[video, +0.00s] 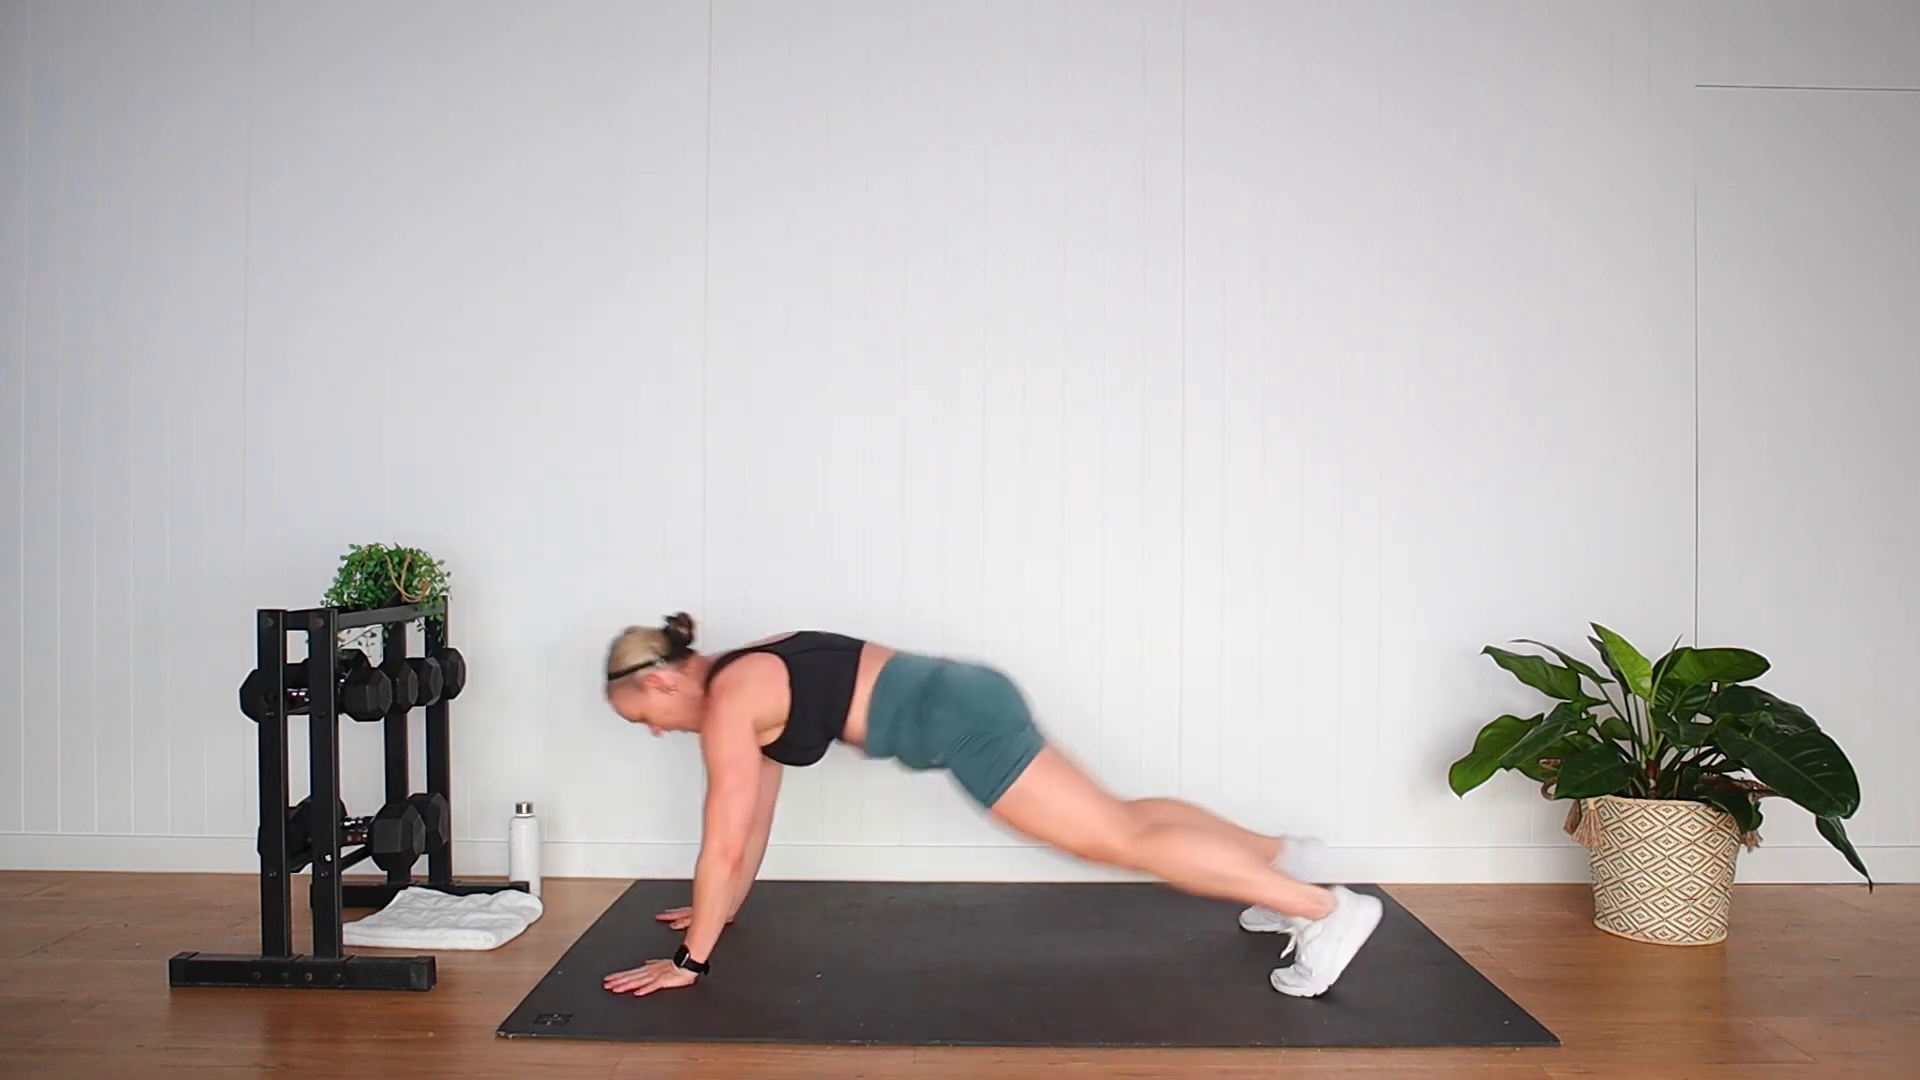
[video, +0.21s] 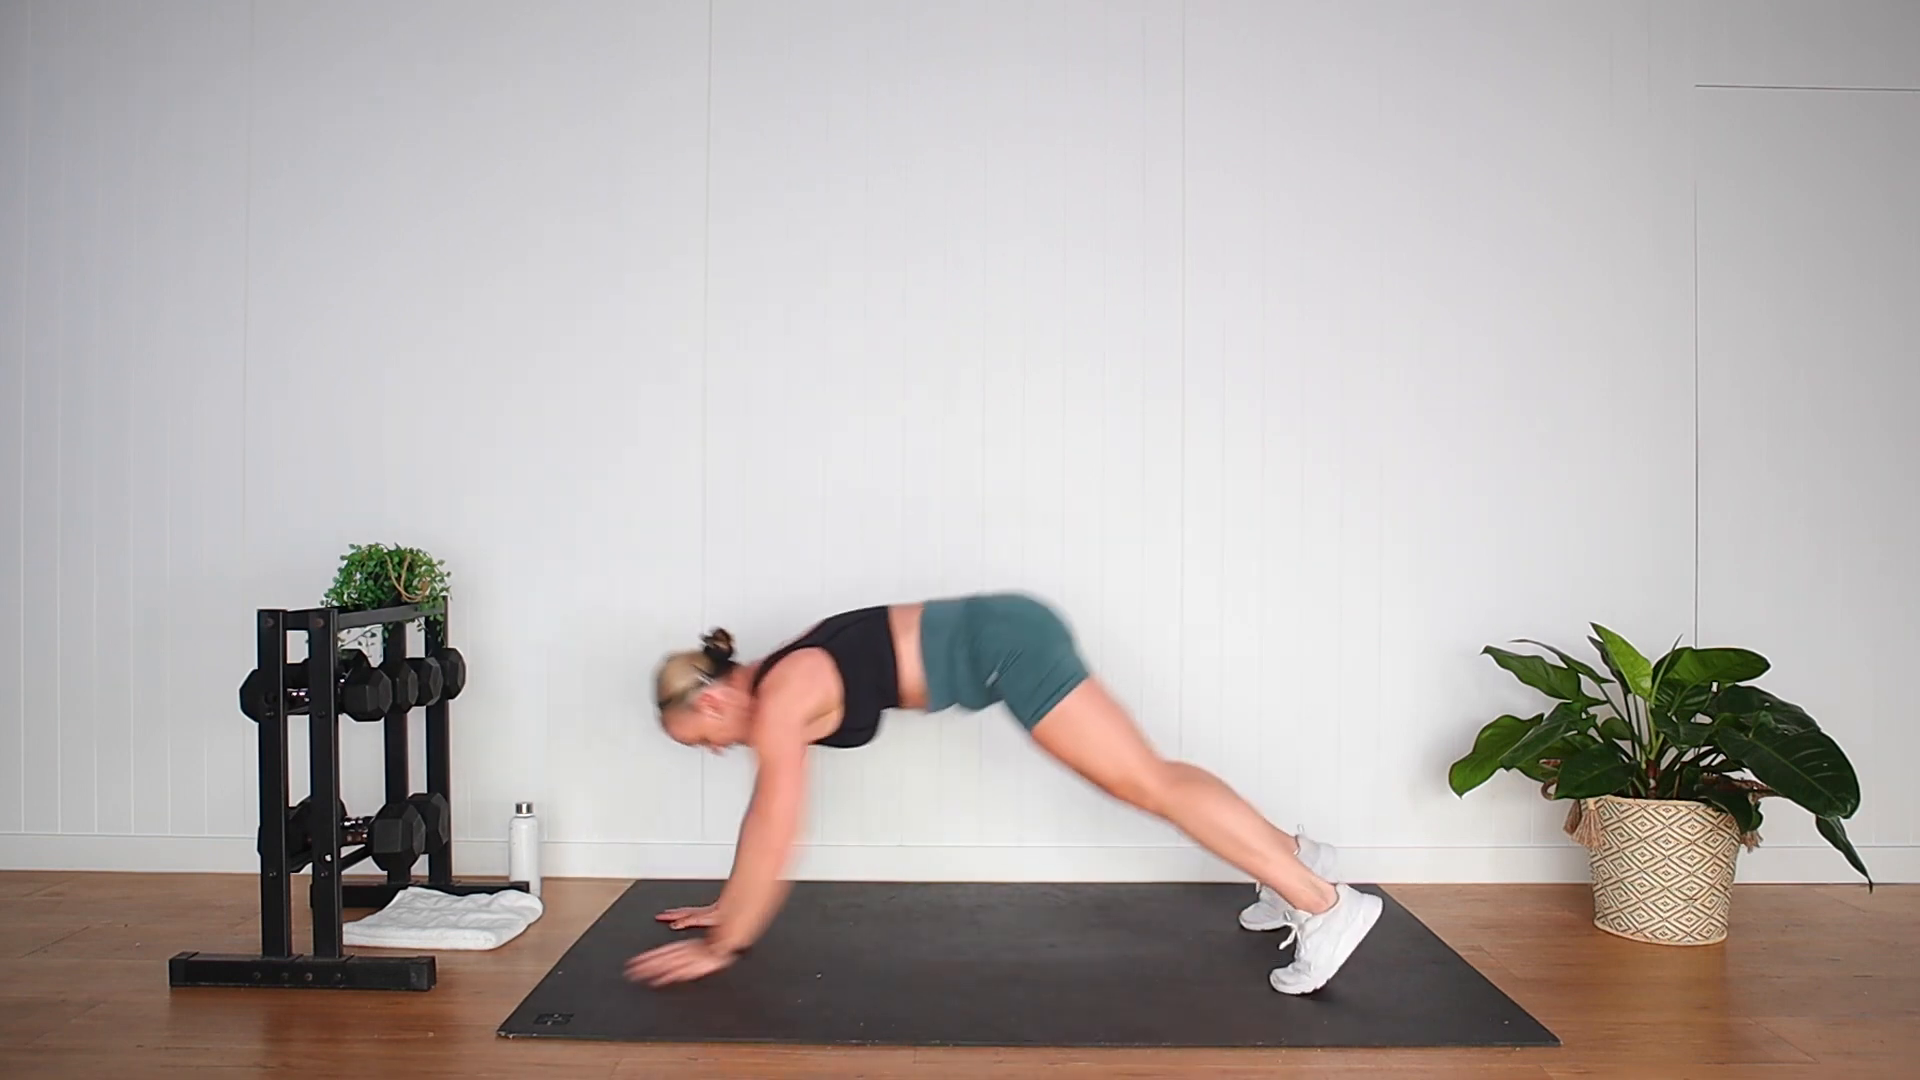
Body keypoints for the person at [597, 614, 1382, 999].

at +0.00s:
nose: (648, 729)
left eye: (641, 714)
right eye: (639, 719)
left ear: (665, 679)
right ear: (676, 668)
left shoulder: (728, 700)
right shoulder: (753, 685)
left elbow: (725, 849)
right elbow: (748, 833)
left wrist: (690, 962)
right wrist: (715, 915)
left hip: (958, 716)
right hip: (962, 702)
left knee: (1127, 844)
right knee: (1125, 819)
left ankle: (1326, 916)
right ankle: (1278, 857)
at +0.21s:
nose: (708, 744)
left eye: (697, 730)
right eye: (696, 736)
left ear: (718, 693)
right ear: (716, 691)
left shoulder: (787, 700)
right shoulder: (778, 689)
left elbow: (779, 832)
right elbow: (767, 815)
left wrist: (726, 944)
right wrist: (726, 911)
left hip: (1006, 645)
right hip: (1002, 640)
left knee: (1149, 786)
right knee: (1147, 775)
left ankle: (1325, 909)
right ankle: (1292, 862)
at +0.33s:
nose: (753, 761)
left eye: (741, 747)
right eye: (740, 753)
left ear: (756, 713)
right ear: (755, 707)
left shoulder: (832, 703)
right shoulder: (812, 698)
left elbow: (884, 823)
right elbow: (783, 819)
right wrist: (728, 907)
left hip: (1031, 618)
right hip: (1023, 623)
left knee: (1170, 773)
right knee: (1168, 767)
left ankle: (1331, 905)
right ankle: (1305, 871)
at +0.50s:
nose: (848, 783)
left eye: (835, 775)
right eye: (835, 780)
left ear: (851, 733)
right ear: (850, 724)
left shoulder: (916, 715)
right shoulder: (894, 707)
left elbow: (924, 847)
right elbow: (854, 814)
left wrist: (886, 956)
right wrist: (770, 892)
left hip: (1106, 589)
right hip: (1099, 593)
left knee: (1216, 763)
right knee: (1209, 757)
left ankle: (1362, 916)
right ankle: (1321, 878)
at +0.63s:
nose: (904, 788)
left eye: (892, 778)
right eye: (892, 783)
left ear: (896, 732)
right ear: (896, 729)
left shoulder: (954, 711)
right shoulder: (944, 700)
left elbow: (937, 855)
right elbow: (958, 812)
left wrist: (884, 957)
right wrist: (912, 892)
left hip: (1150, 582)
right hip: (1136, 585)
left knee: (1234, 768)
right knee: (1224, 761)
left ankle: (1368, 921)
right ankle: (1319, 876)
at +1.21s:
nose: (1095, 770)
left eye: (1086, 758)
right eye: (1082, 763)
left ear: (1107, 723)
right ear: (1104, 715)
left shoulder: (1180, 720)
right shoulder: (1143, 699)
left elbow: (1254, 851)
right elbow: (1119, 820)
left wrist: (1217, 956)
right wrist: (1070, 913)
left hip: (1378, 597)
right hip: (1344, 589)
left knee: (1291, 756)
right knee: (1272, 747)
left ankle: (1388, 945)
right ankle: (1331, 889)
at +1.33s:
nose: (1115, 742)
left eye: (1109, 728)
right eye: (1105, 733)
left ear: (1137, 696)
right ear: (1137, 690)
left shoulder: (1214, 710)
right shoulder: (1174, 689)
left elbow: (1263, 854)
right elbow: (1129, 815)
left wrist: (1216, 958)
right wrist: (1064, 906)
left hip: (1423, 623)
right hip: (1380, 617)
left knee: (1307, 755)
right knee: (1279, 749)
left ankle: (1391, 948)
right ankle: (1335, 893)